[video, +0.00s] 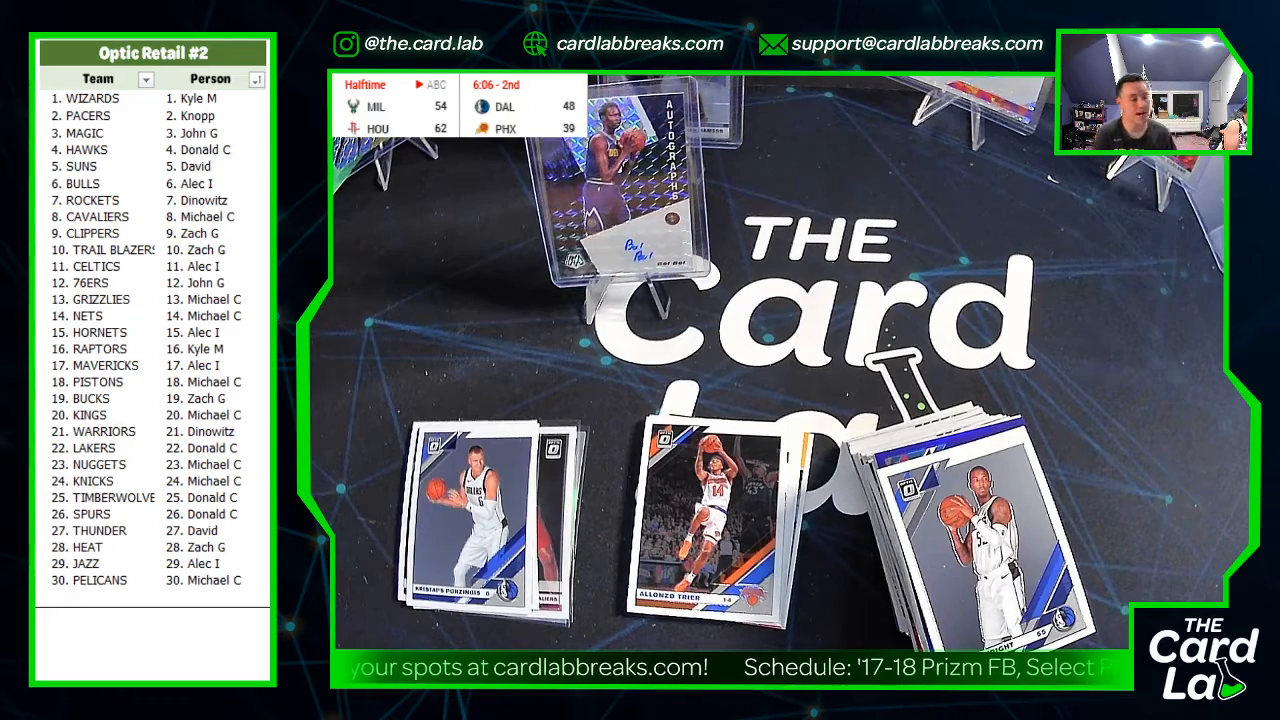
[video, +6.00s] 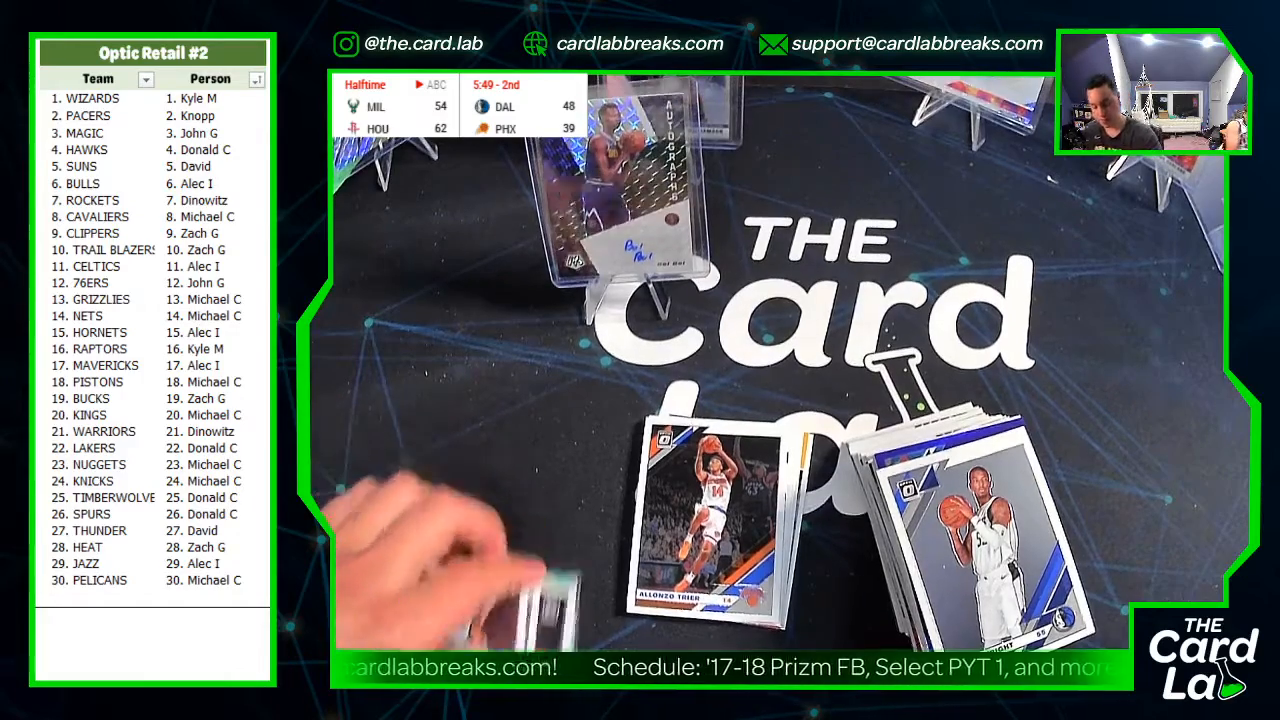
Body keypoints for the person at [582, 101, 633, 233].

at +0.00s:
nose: (618, 118)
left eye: (619, 114)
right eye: (613, 115)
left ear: (621, 116)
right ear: (603, 118)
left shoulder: (616, 141)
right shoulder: (598, 140)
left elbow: (622, 175)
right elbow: (606, 176)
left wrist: (633, 154)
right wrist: (624, 153)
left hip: (612, 189)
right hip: (596, 191)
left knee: (625, 229)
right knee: (598, 236)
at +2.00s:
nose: (618, 118)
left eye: (619, 115)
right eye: (614, 115)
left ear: (620, 116)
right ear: (604, 118)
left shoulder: (617, 141)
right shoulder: (598, 140)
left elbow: (620, 178)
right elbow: (607, 175)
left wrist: (633, 155)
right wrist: (624, 153)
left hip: (612, 189)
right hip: (596, 192)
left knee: (625, 231)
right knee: (598, 237)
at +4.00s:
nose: (617, 118)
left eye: (618, 114)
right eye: (612, 115)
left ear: (620, 117)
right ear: (603, 118)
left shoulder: (616, 140)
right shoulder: (598, 140)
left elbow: (622, 170)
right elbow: (606, 175)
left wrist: (632, 153)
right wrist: (624, 154)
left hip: (612, 187)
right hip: (598, 189)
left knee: (625, 219)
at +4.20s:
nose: (616, 118)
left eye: (617, 114)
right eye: (611, 115)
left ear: (620, 117)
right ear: (603, 118)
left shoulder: (616, 141)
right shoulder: (598, 140)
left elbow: (621, 176)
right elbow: (607, 176)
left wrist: (633, 154)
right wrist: (624, 153)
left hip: (611, 188)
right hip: (596, 191)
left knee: (623, 228)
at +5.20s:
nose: (616, 119)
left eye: (618, 115)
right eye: (612, 115)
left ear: (620, 118)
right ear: (602, 118)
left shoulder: (617, 142)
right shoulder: (598, 140)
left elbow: (619, 179)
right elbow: (606, 176)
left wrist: (632, 157)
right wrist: (624, 154)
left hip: (611, 189)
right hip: (597, 190)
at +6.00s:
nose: (618, 118)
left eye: (618, 115)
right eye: (614, 116)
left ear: (620, 117)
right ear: (603, 119)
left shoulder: (616, 141)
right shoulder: (598, 141)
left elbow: (621, 178)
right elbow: (606, 176)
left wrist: (631, 154)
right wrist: (623, 157)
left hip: (611, 188)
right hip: (595, 190)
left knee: (624, 227)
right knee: (599, 234)